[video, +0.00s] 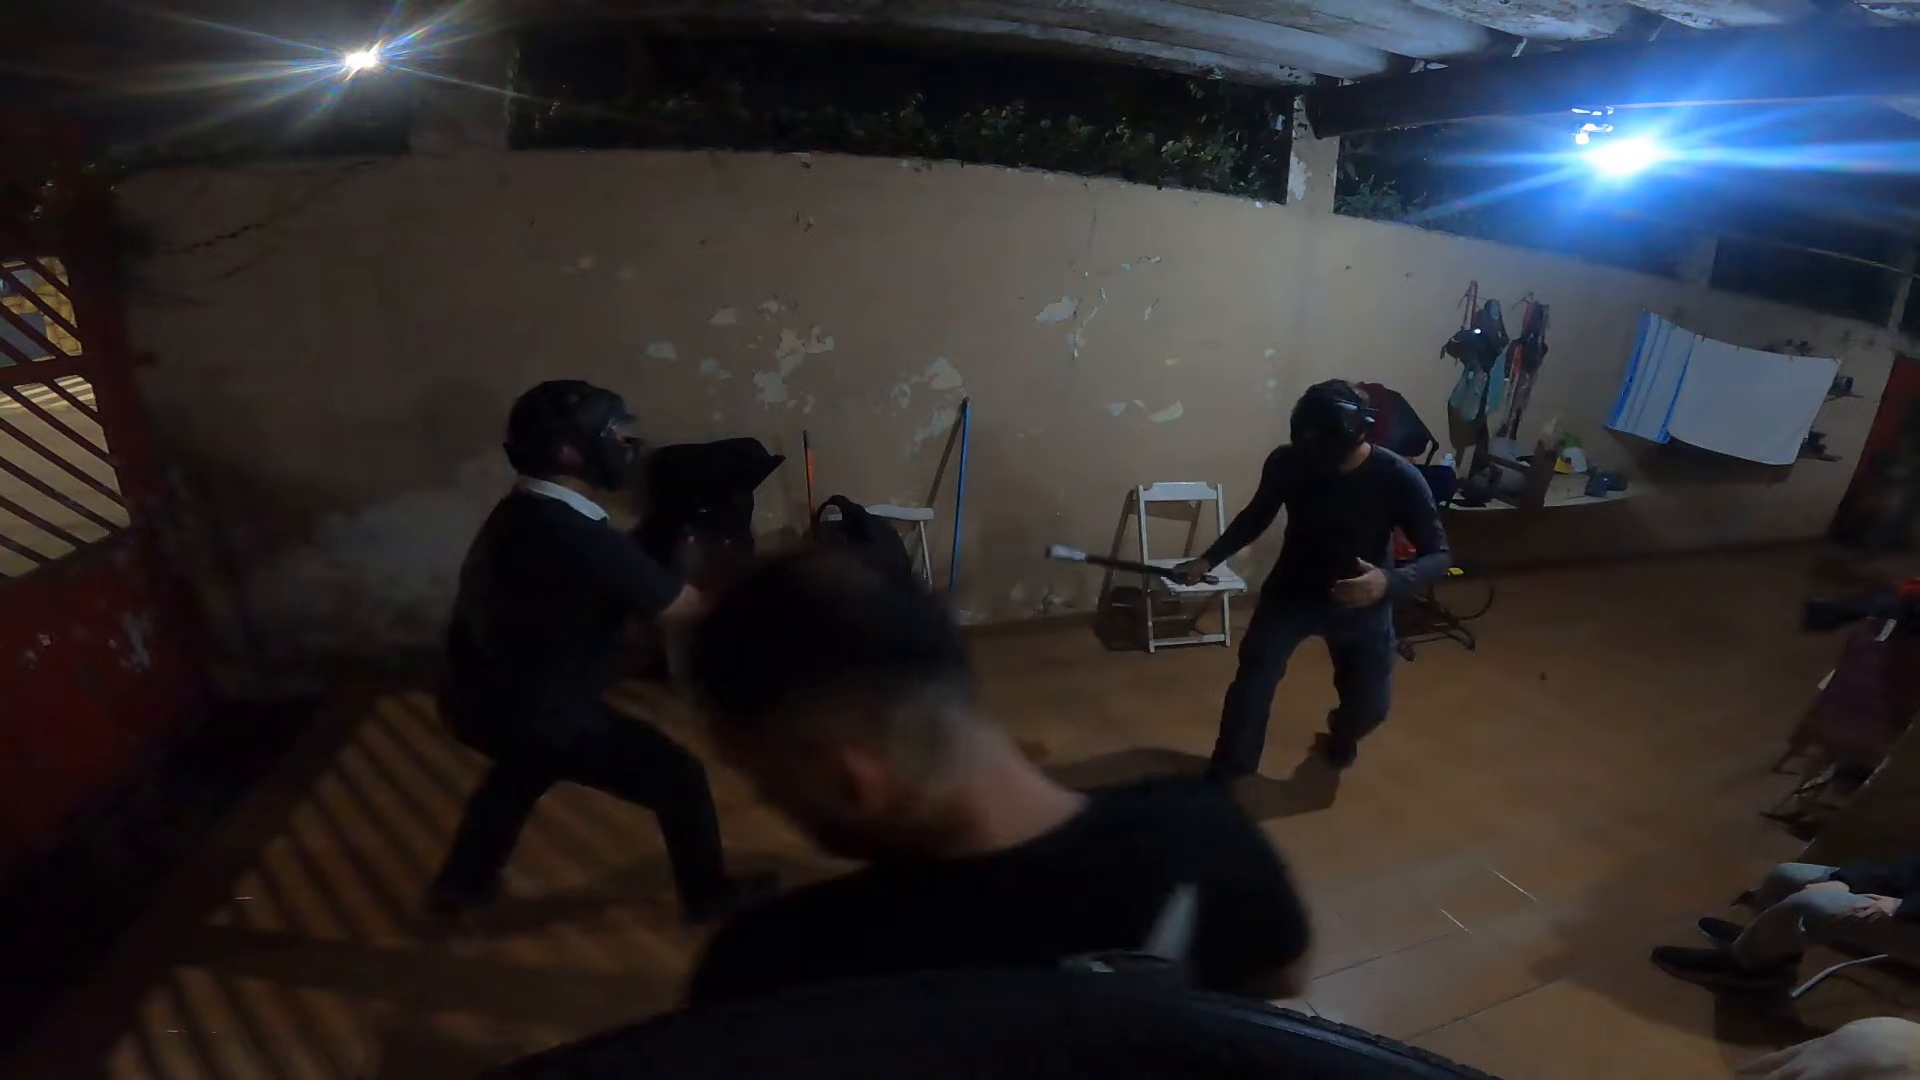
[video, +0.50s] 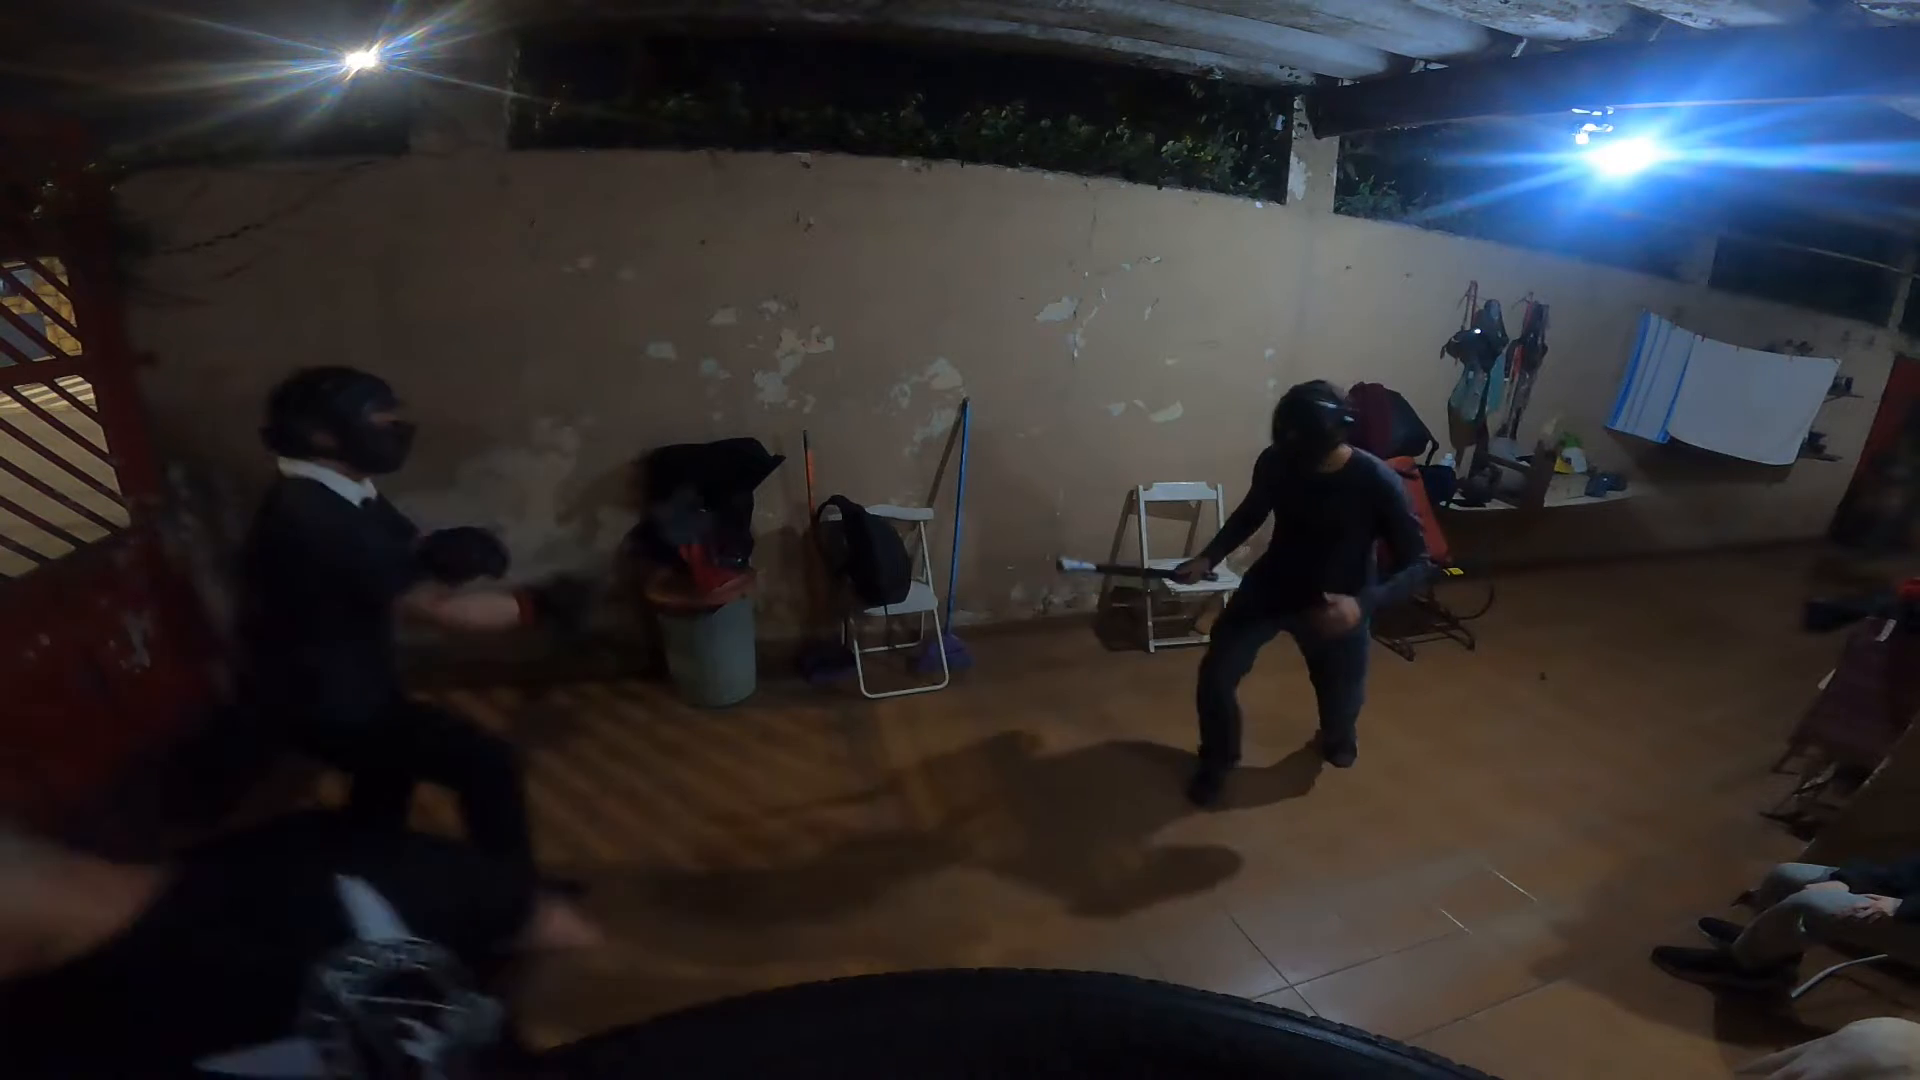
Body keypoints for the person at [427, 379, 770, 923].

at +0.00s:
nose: (631, 438)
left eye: (625, 426)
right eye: (614, 430)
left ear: (562, 454)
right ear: (569, 453)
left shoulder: (515, 515)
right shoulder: (581, 536)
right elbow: (680, 605)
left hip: (482, 705)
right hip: (543, 720)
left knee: (532, 763)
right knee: (677, 776)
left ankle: (461, 884)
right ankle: (707, 896)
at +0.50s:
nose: (399, 426)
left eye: (394, 413)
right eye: (378, 416)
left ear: (325, 440)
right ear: (324, 438)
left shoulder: (349, 496)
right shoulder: (310, 516)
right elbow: (433, 606)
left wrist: (439, 558)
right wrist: (537, 606)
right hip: (318, 713)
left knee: (389, 763)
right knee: (486, 762)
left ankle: (359, 876)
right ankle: (512, 894)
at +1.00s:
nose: (346, 431)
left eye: (342, 419)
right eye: (327, 422)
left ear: (269, 442)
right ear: (276, 439)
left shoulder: (269, 505)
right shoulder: (276, 528)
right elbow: (280, 666)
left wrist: (345, 582)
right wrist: (380, 713)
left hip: (252, 706)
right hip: (269, 719)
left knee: (339, 740)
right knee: (430, 775)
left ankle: (308, 867)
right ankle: (512, 913)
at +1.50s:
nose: (456, 460)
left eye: (451, 445)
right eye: (436, 446)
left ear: (379, 462)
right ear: (386, 461)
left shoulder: (410, 537)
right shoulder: (347, 551)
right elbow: (401, 651)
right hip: (396, 734)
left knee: (403, 787)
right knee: (580, 785)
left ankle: (341, 898)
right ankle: (634, 891)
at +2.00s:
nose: (476, 452)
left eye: (472, 439)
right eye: (460, 440)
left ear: (385, 458)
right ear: (413, 456)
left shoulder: (323, 528)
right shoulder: (445, 545)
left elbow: (310, 629)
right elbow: (483, 653)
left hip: (323, 719)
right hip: (410, 730)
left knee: (384, 771)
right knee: (534, 809)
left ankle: (350, 880)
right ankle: (644, 893)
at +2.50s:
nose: (444, 407)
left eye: (437, 396)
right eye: (425, 399)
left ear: (373, 425)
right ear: (378, 421)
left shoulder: (374, 486)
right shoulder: (391, 511)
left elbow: (480, 549)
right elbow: (440, 639)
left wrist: (531, 525)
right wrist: (530, 666)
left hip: (376, 683)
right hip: (416, 692)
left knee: (425, 765)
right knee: (572, 755)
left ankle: (381, 880)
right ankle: (615, 865)